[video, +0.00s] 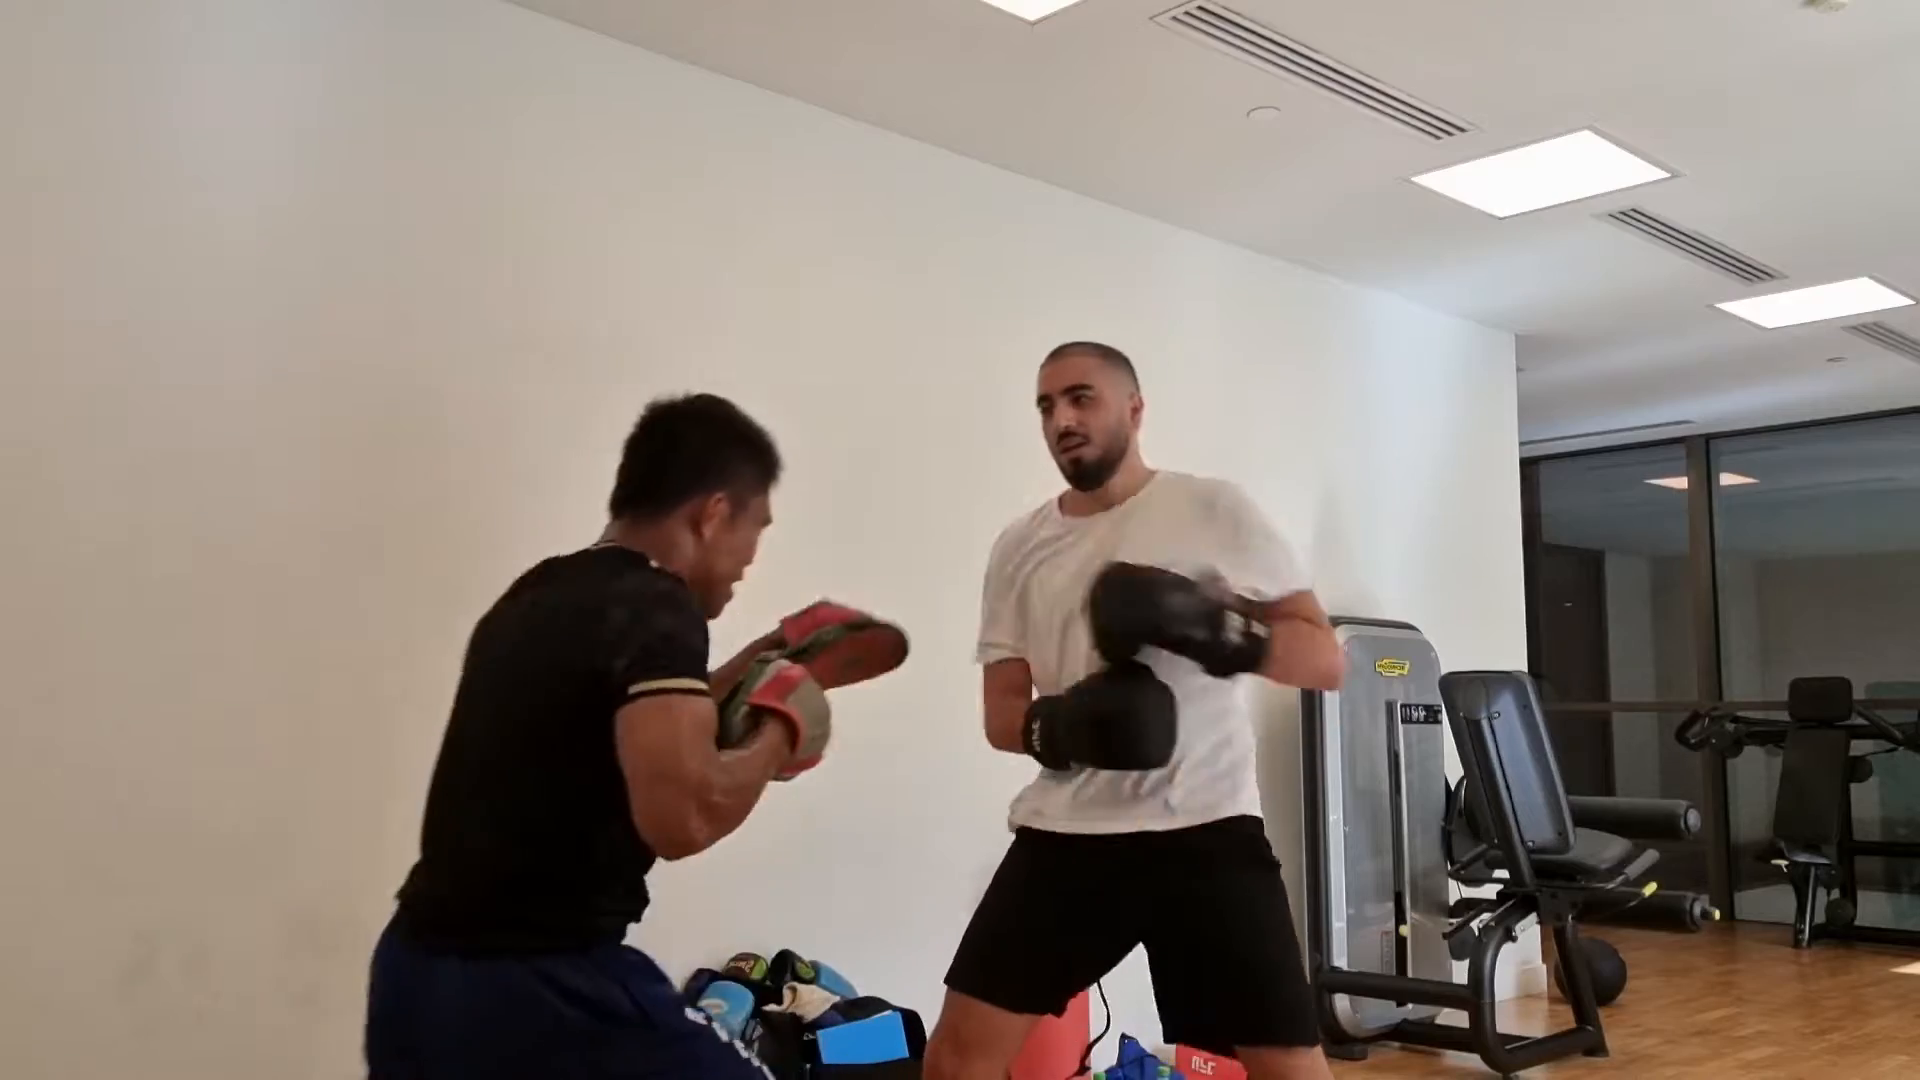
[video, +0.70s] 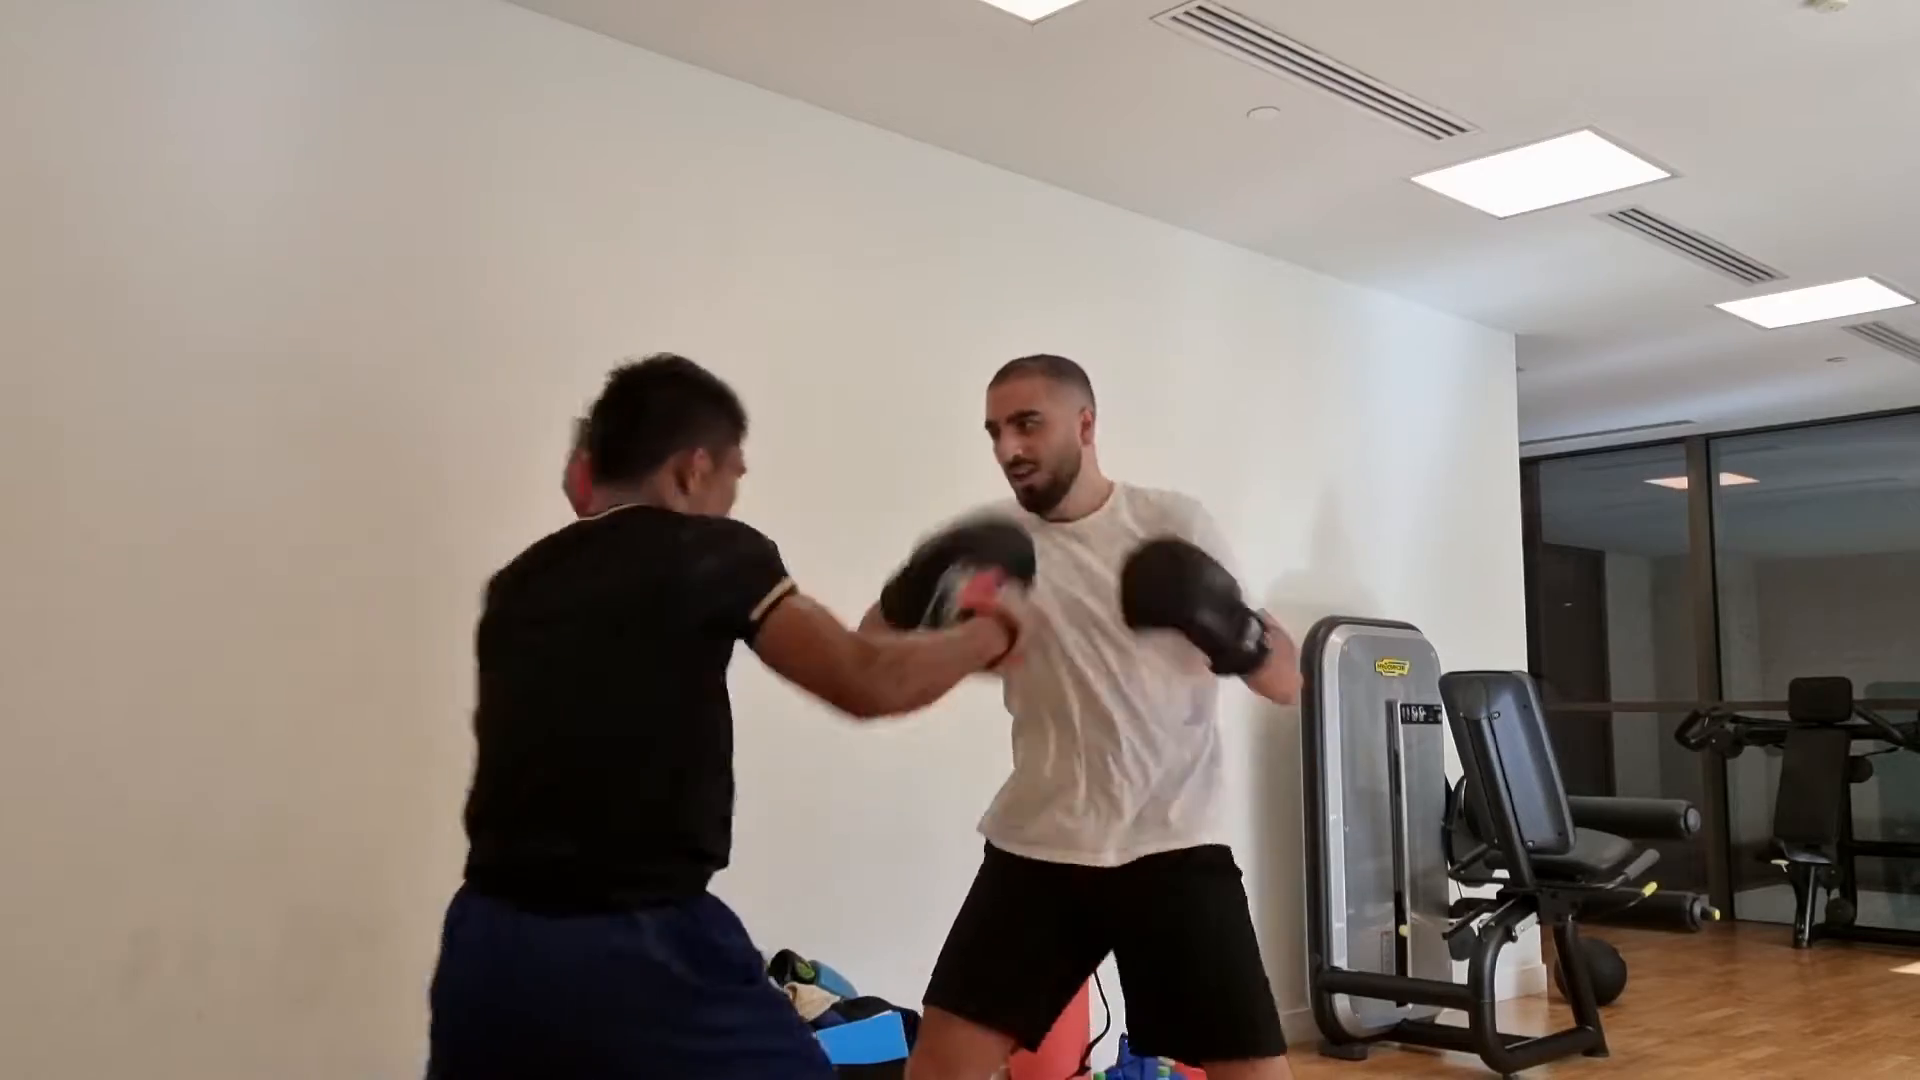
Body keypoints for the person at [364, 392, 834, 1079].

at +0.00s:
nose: (750, 562)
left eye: (763, 534)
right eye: (759, 529)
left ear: (630, 500)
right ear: (711, 515)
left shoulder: (535, 593)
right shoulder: (655, 608)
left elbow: (582, 761)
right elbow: (681, 818)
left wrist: (731, 685)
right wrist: (779, 737)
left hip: (420, 975)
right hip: (552, 990)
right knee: (736, 1066)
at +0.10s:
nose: (690, 583)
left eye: (699, 556)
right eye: (694, 552)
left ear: (563, 527)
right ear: (643, 540)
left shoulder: (456, 618)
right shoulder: (628, 636)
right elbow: (680, 842)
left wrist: (672, 673)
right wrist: (757, 751)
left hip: (353, 1005)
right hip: (508, 1016)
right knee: (692, 1069)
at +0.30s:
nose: (729, 567)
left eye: (739, 538)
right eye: (736, 533)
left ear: (610, 508)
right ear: (691, 517)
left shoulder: (522, 598)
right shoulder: (640, 603)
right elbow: (676, 798)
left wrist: (598, 531)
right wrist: (799, 729)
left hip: (419, 979)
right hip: (548, 993)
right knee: (735, 1066)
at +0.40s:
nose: (735, 547)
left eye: (747, 520)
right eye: (744, 514)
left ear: (617, 486)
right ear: (700, 497)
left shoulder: (534, 586)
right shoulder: (643, 572)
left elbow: (633, 737)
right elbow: (710, 734)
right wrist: (845, 677)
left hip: (446, 965)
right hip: (572, 973)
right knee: (750, 1065)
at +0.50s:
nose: (700, 514)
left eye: (707, 495)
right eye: (703, 491)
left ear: (575, 464)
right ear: (657, 472)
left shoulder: (470, 577)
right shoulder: (644, 541)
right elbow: (773, 639)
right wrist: (936, 586)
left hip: (452, 952)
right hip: (612, 946)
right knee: (772, 1060)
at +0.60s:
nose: (679, 504)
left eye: (684, 488)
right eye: (680, 486)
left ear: (547, 478)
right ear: (636, 476)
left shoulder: (437, 585)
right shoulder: (669, 551)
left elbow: (412, 708)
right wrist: (1017, 539)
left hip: (448, 954)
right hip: (625, 944)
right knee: (762, 1057)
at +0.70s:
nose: (734, 501)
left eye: (739, 481)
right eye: (735, 478)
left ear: (590, 475)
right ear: (692, 470)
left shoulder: (513, 585)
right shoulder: (708, 550)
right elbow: (868, 680)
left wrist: (881, 625)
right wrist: (984, 638)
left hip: (490, 958)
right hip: (654, 958)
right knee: (797, 1061)